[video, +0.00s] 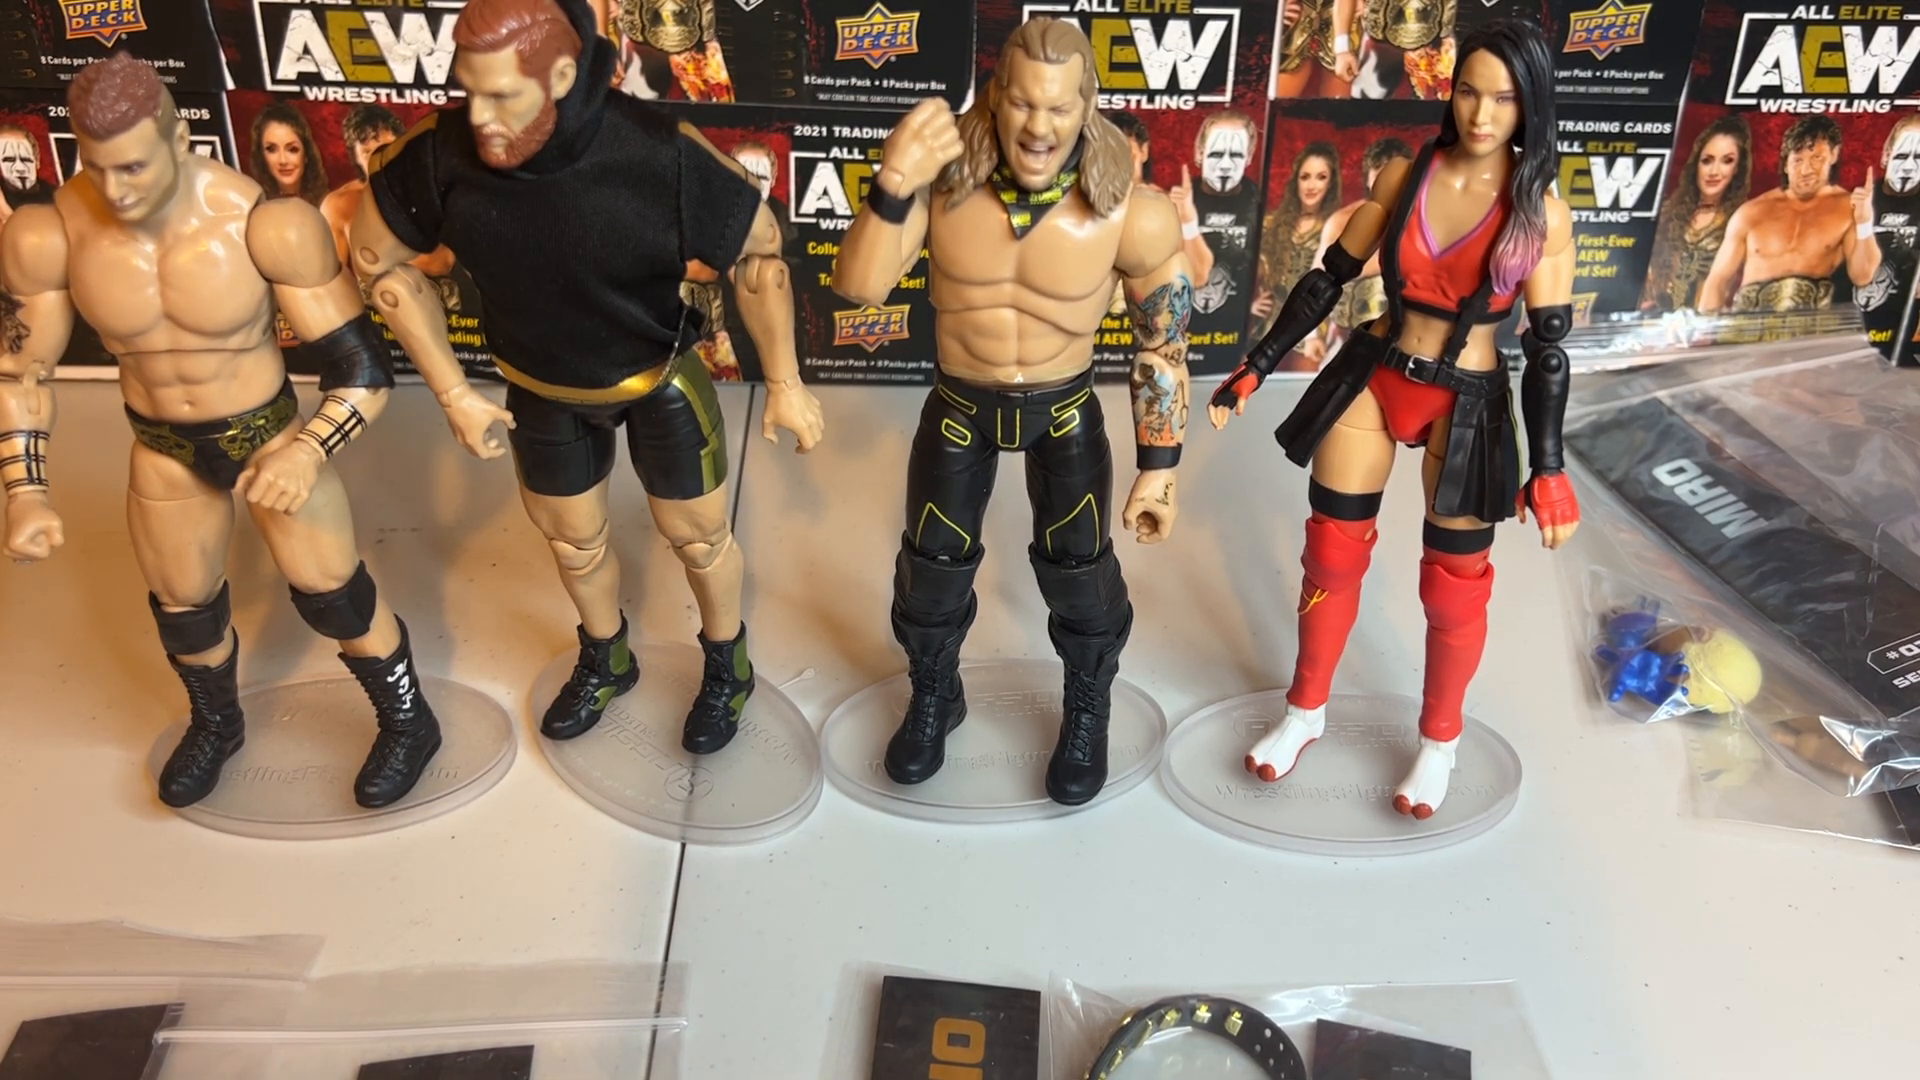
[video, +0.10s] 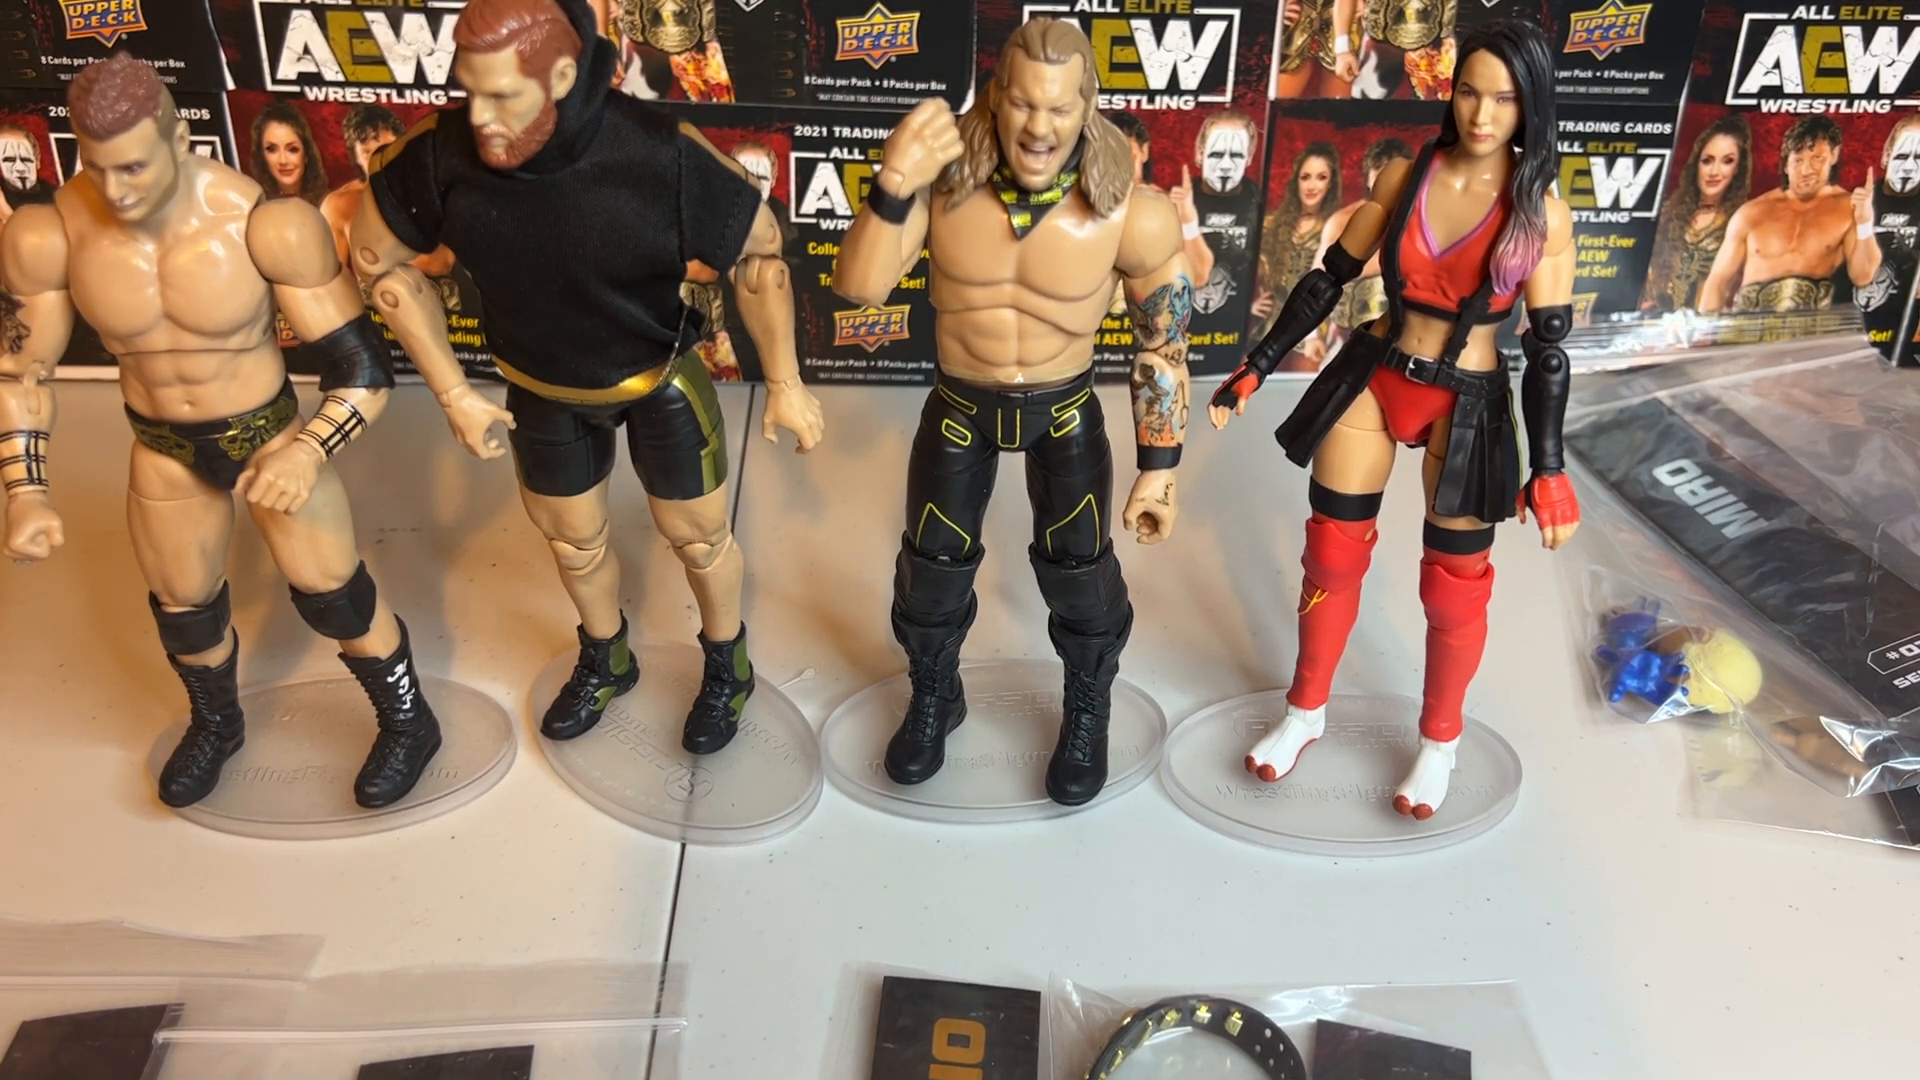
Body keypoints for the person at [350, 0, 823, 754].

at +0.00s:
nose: (481, 119)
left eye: (503, 96)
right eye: (468, 95)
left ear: (564, 76)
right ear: (456, 81)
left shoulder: (653, 155)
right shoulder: (443, 159)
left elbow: (757, 246)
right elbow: (372, 251)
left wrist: (784, 381)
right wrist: (452, 392)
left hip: (661, 382)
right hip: (542, 395)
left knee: (700, 540)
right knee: (575, 546)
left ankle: (726, 666)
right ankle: (607, 660)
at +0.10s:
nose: (481, 119)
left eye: (503, 96)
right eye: (468, 95)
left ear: (564, 76)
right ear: (457, 81)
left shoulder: (653, 155)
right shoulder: (442, 159)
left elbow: (757, 246)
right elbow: (372, 251)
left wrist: (784, 381)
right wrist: (452, 392)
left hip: (661, 382)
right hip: (543, 395)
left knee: (700, 540)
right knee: (575, 545)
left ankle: (726, 666)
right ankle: (607, 660)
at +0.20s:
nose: (481, 119)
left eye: (503, 96)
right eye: (468, 95)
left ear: (564, 76)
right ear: (456, 81)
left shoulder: (652, 154)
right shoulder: (442, 159)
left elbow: (757, 246)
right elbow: (372, 251)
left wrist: (784, 381)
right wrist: (452, 392)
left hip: (661, 382)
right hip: (543, 395)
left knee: (700, 540)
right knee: (575, 546)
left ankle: (726, 665)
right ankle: (607, 660)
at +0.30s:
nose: (481, 119)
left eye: (503, 96)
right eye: (468, 95)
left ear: (564, 76)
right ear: (457, 81)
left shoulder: (653, 155)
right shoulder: (443, 159)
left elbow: (757, 246)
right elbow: (372, 251)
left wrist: (784, 382)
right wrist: (453, 392)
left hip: (661, 382)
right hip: (543, 395)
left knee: (700, 541)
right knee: (575, 546)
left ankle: (726, 666)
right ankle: (607, 660)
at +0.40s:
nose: (481, 119)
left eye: (502, 96)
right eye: (468, 95)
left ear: (563, 76)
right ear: (457, 81)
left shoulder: (652, 155)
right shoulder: (442, 159)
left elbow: (757, 245)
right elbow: (372, 251)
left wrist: (784, 381)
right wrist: (452, 392)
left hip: (661, 382)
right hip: (542, 394)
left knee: (700, 539)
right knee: (575, 546)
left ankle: (726, 665)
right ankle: (607, 660)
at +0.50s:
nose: (481, 119)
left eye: (503, 96)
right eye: (468, 95)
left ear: (563, 76)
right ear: (457, 81)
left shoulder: (653, 155)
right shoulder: (442, 160)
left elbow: (757, 245)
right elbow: (372, 251)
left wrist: (784, 381)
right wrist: (452, 392)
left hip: (661, 382)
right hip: (542, 394)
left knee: (700, 540)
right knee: (575, 546)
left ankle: (726, 665)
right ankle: (607, 660)